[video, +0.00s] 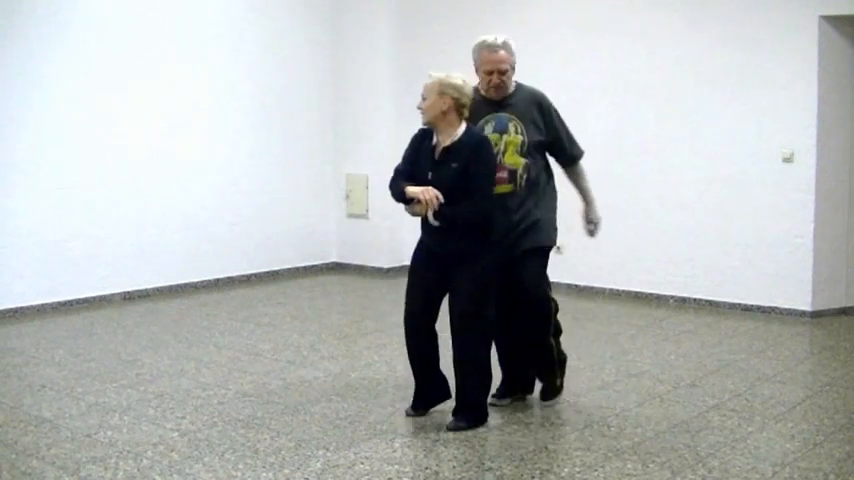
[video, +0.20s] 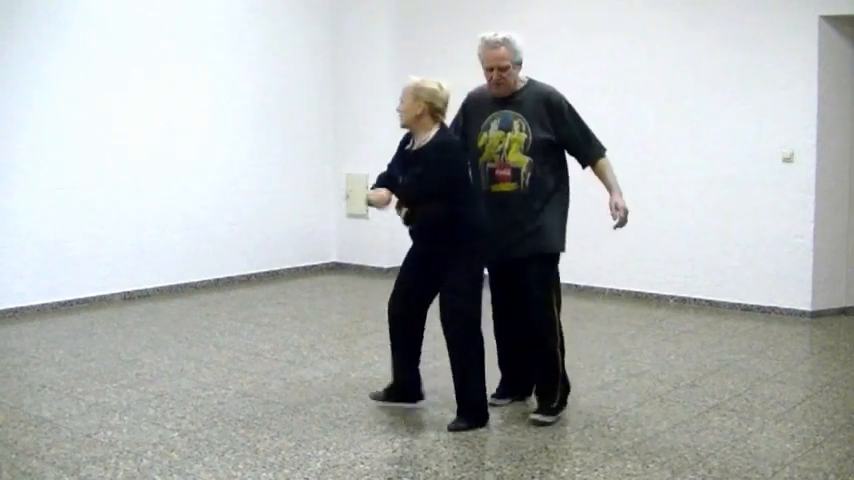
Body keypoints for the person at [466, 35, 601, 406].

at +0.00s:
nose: (498, 79)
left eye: (504, 71)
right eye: (490, 72)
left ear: (514, 68)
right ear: (476, 71)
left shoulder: (534, 103)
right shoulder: (466, 107)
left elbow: (568, 156)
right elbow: (448, 162)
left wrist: (589, 202)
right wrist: (445, 204)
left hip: (531, 221)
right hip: (486, 224)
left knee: (530, 295)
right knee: (498, 304)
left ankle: (551, 367)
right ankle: (514, 379)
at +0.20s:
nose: (495, 75)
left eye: (503, 68)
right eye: (489, 68)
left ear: (518, 66)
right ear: (480, 68)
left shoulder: (545, 100)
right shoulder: (475, 103)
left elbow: (588, 147)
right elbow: (449, 154)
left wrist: (614, 191)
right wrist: (417, 193)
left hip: (539, 227)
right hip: (493, 228)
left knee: (541, 312)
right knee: (505, 310)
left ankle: (552, 397)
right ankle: (514, 384)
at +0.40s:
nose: (501, 78)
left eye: (509, 71)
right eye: (497, 71)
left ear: (531, 69)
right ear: (494, 68)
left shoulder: (561, 104)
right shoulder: (491, 109)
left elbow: (606, 157)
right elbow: (458, 163)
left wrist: (619, 202)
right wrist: (422, 190)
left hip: (553, 236)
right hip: (506, 236)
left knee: (547, 320)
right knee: (506, 313)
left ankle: (548, 401)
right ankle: (515, 374)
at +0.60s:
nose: (502, 76)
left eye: (509, 69)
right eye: (499, 69)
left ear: (534, 65)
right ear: (499, 66)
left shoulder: (570, 100)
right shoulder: (503, 106)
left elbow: (619, 155)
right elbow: (473, 157)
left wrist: (622, 206)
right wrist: (432, 185)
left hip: (563, 234)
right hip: (513, 231)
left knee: (553, 321)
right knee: (496, 299)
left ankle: (550, 402)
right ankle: (519, 370)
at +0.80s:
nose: (501, 77)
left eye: (508, 70)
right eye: (499, 69)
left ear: (535, 66)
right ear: (508, 67)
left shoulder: (572, 100)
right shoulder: (509, 107)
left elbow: (621, 158)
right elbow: (481, 155)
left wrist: (612, 207)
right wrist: (436, 181)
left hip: (566, 240)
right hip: (519, 238)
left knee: (554, 326)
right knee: (512, 322)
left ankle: (550, 403)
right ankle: (516, 397)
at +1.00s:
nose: (505, 76)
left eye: (511, 69)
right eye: (504, 68)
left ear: (538, 66)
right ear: (525, 67)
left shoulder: (575, 99)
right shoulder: (521, 104)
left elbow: (613, 157)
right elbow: (493, 146)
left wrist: (577, 190)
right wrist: (446, 163)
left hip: (569, 241)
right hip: (525, 236)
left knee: (559, 324)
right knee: (512, 311)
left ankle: (550, 403)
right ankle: (515, 393)